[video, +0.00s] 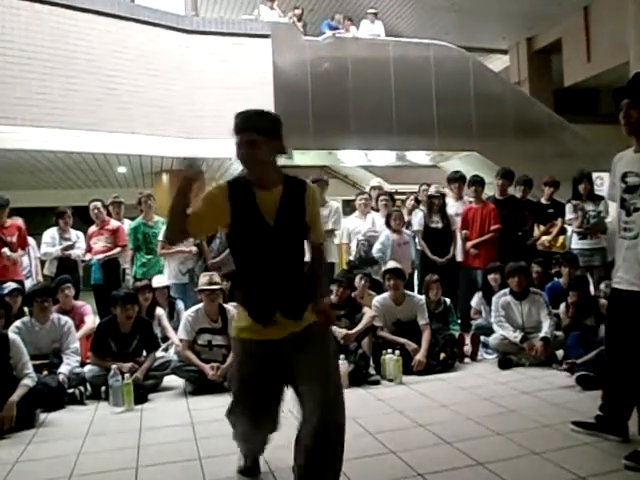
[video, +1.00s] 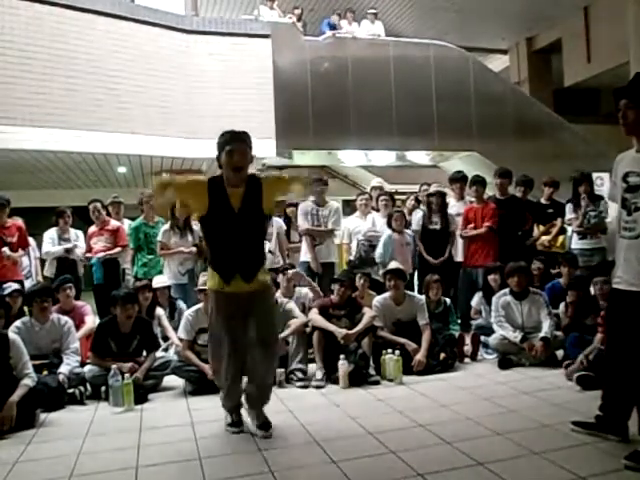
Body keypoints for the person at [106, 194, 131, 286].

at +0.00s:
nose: (117, 210)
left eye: (119, 207)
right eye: (114, 207)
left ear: (123, 208)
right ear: (109, 209)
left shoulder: (130, 225)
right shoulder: (106, 226)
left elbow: (132, 245)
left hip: (126, 263)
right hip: (110, 262)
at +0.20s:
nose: (116, 210)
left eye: (119, 207)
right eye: (113, 207)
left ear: (123, 208)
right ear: (109, 208)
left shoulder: (130, 225)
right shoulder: (106, 226)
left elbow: (133, 245)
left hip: (127, 263)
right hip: (110, 262)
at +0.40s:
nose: (116, 210)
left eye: (119, 207)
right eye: (113, 207)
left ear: (123, 208)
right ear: (108, 209)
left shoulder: (131, 225)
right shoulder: (105, 226)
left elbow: (133, 245)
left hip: (126, 263)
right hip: (110, 262)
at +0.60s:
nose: (116, 210)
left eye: (119, 207)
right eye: (113, 207)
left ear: (123, 208)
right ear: (108, 209)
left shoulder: (130, 225)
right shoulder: (105, 226)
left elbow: (134, 245)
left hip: (126, 264)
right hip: (110, 262)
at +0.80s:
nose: (116, 210)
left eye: (118, 207)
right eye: (113, 207)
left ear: (123, 208)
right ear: (108, 209)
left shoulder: (130, 225)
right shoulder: (106, 226)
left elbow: (133, 245)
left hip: (126, 263)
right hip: (110, 262)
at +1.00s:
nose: (116, 210)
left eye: (119, 207)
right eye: (113, 207)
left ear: (123, 208)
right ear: (108, 209)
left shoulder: (130, 225)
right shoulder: (106, 226)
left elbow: (133, 245)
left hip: (126, 263)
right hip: (111, 262)